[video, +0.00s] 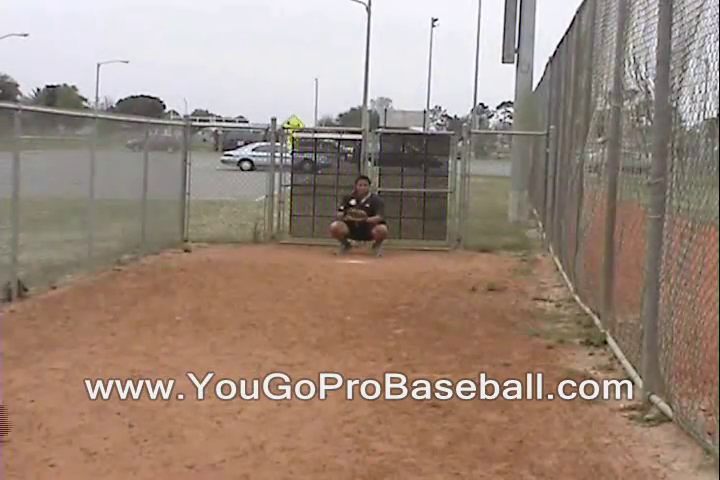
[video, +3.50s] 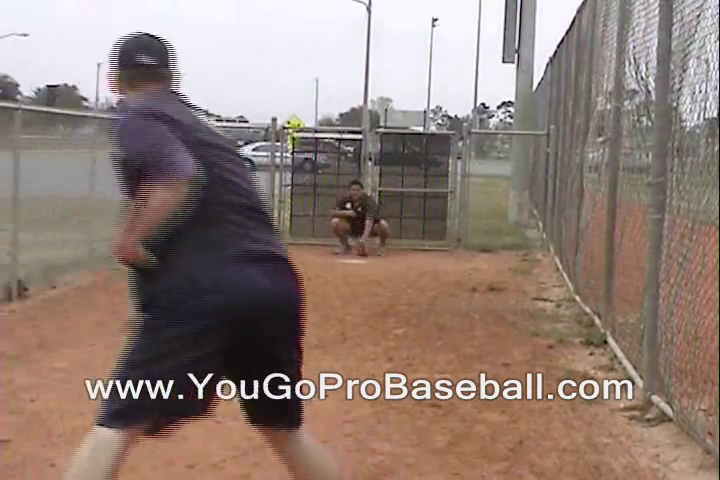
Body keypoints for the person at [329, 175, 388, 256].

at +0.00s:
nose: (362, 188)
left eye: (365, 185)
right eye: (360, 185)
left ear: (369, 187)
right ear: (355, 187)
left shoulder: (376, 200)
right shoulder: (348, 199)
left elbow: (380, 217)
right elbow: (339, 214)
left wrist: (365, 219)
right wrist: (347, 217)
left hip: (367, 227)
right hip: (351, 227)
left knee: (381, 229)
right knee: (335, 227)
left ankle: (376, 246)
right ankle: (345, 244)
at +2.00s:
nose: (361, 187)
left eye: (364, 184)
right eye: (359, 184)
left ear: (368, 187)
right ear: (355, 186)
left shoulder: (373, 200)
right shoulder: (348, 198)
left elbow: (379, 217)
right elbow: (339, 213)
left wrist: (363, 215)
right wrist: (346, 215)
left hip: (366, 227)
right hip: (351, 226)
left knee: (376, 231)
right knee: (334, 226)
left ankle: (377, 245)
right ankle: (346, 245)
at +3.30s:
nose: (356, 193)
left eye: (358, 190)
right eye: (354, 190)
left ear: (363, 191)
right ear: (351, 191)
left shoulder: (368, 200)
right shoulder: (346, 201)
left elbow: (371, 210)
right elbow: (333, 212)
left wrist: (367, 222)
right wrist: (349, 215)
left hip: (366, 228)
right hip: (351, 228)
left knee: (380, 226)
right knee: (335, 224)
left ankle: (379, 246)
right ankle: (346, 245)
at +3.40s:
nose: (356, 193)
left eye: (358, 190)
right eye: (354, 190)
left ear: (362, 192)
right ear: (350, 192)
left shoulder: (369, 201)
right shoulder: (346, 201)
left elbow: (371, 215)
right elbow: (334, 212)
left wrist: (367, 230)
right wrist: (348, 215)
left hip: (366, 228)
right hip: (352, 228)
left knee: (381, 226)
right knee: (335, 224)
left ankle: (380, 246)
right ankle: (346, 245)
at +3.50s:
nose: (355, 192)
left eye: (358, 190)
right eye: (353, 190)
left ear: (362, 191)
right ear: (350, 191)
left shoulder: (369, 202)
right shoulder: (346, 201)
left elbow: (369, 222)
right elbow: (333, 212)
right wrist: (347, 213)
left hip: (366, 227)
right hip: (352, 227)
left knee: (382, 225)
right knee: (336, 223)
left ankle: (382, 246)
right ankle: (346, 246)